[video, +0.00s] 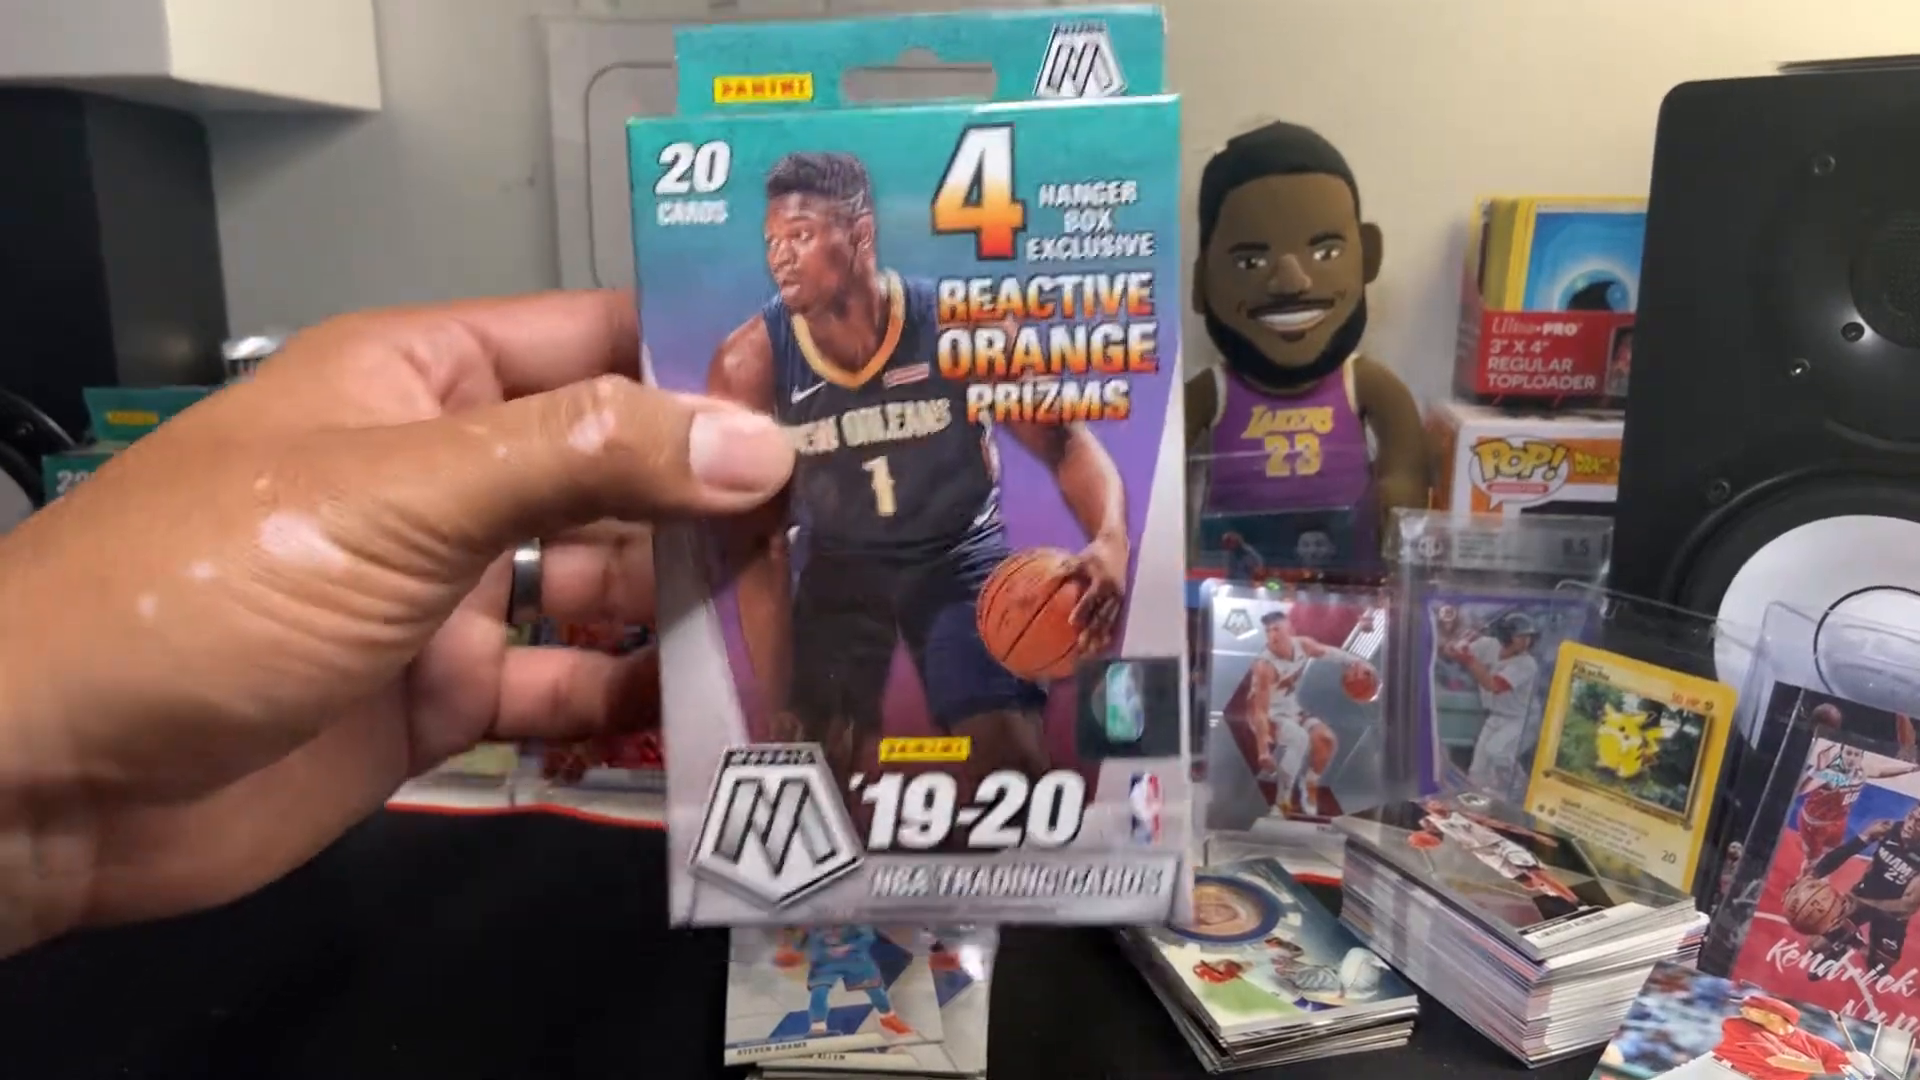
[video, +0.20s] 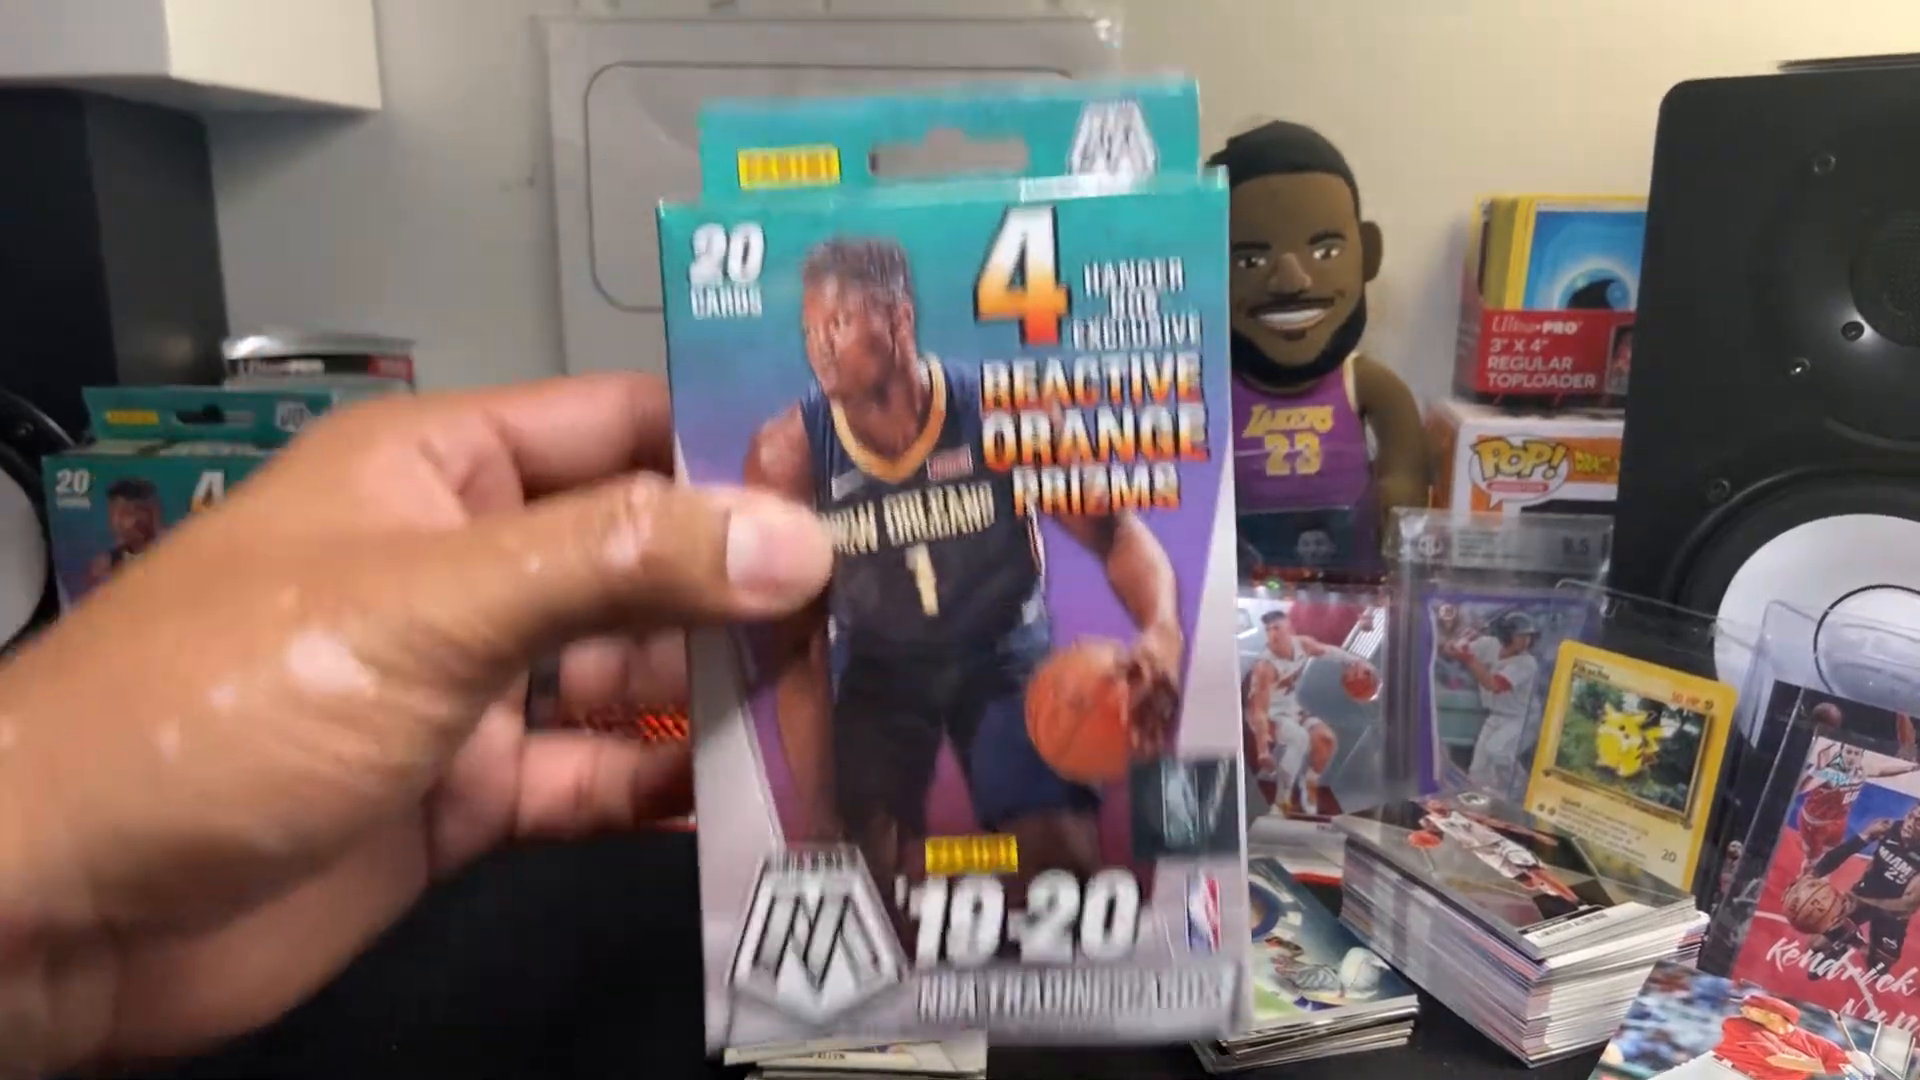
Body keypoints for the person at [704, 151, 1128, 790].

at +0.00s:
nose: (780, 258)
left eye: (800, 237)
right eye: (772, 242)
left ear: (862, 235)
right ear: (764, 248)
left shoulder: (957, 327)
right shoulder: (751, 361)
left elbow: (1063, 443)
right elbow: (756, 542)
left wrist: (1112, 539)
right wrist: (775, 708)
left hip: (960, 557)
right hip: (840, 568)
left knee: (1002, 750)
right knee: (825, 765)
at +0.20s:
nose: (821, 346)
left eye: (839, 322)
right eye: (811, 328)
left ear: (898, 322)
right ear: (803, 335)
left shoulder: (998, 413)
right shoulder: (788, 451)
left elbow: (1113, 532)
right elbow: (795, 642)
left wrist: (1163, 629)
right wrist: (815, 815)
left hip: (1004, 661)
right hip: (882, 671)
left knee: (1059, 851)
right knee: (867, 860)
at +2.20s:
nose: (750, 293)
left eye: (770, 273)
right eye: (743, 277)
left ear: (832, 273)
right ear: (735, 285)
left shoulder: (925, 362)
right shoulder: (716, 400)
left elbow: (1031, 477)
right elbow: (725, 586)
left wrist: (1076, 573)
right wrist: (739, 752)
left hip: (931, 595)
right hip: (804, 606)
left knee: (970, 786)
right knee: (783, 799)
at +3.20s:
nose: (759, 313)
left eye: (782, 289)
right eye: (751, 293)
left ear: (850, 286)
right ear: (743, 301)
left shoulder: (956, 386)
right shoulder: (723, 431)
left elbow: (1078, 513)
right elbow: (735, 642)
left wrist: (1135, 621)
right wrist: (751, 838)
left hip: (964, 649)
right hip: (822, 661)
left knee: (1021, 882)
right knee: (794, 887)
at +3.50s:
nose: (828, 306)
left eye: (854, 282)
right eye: (819, 283)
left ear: (922, 290)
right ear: (806, 292)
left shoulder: (1028, 406)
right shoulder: (780, 427)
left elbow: (1157, 557)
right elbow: (767, 655)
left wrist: (1202, 680)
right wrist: (767, 858)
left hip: (1008, 695)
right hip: (865, 698)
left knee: (1054, 907)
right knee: (837, 913)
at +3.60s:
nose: (720, 282)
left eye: (742, 260)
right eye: (715, 263)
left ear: (803, 263)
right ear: (708, 272)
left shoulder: (893, 358)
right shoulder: (686, 385)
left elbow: (1002, 473)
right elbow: (686, 580)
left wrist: (1042, 577)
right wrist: (690, 761)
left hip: (886, 600)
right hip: (768, 607)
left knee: (926, 769)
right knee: (757, 787)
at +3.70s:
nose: (666, 296)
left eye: (684, 277)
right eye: (660, 281)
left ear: (738, 280)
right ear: (653, 288)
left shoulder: (819, 360)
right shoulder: (637, 386)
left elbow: (912, 461)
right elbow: (640, 553)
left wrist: (948, 544)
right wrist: (653, 702)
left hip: (819, 564)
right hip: (714, 572)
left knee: (859, 717)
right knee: (704, 733)